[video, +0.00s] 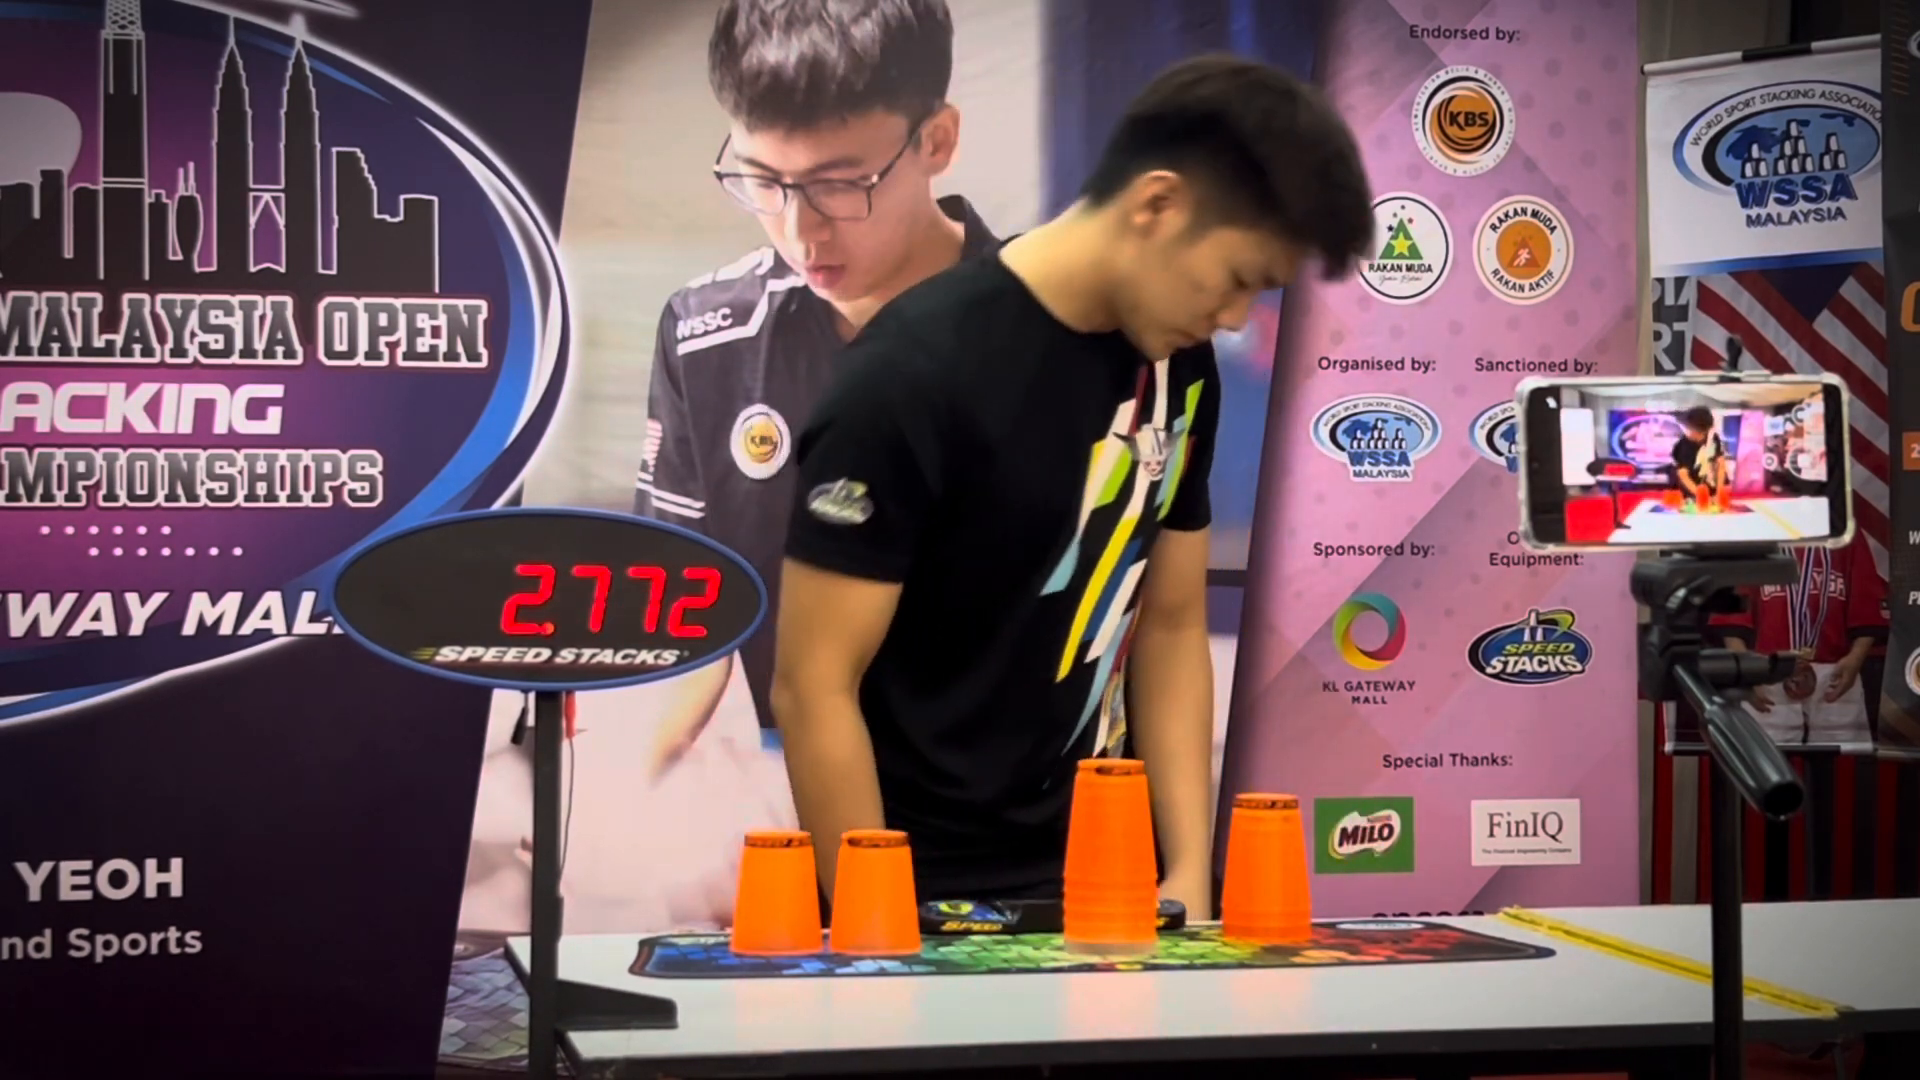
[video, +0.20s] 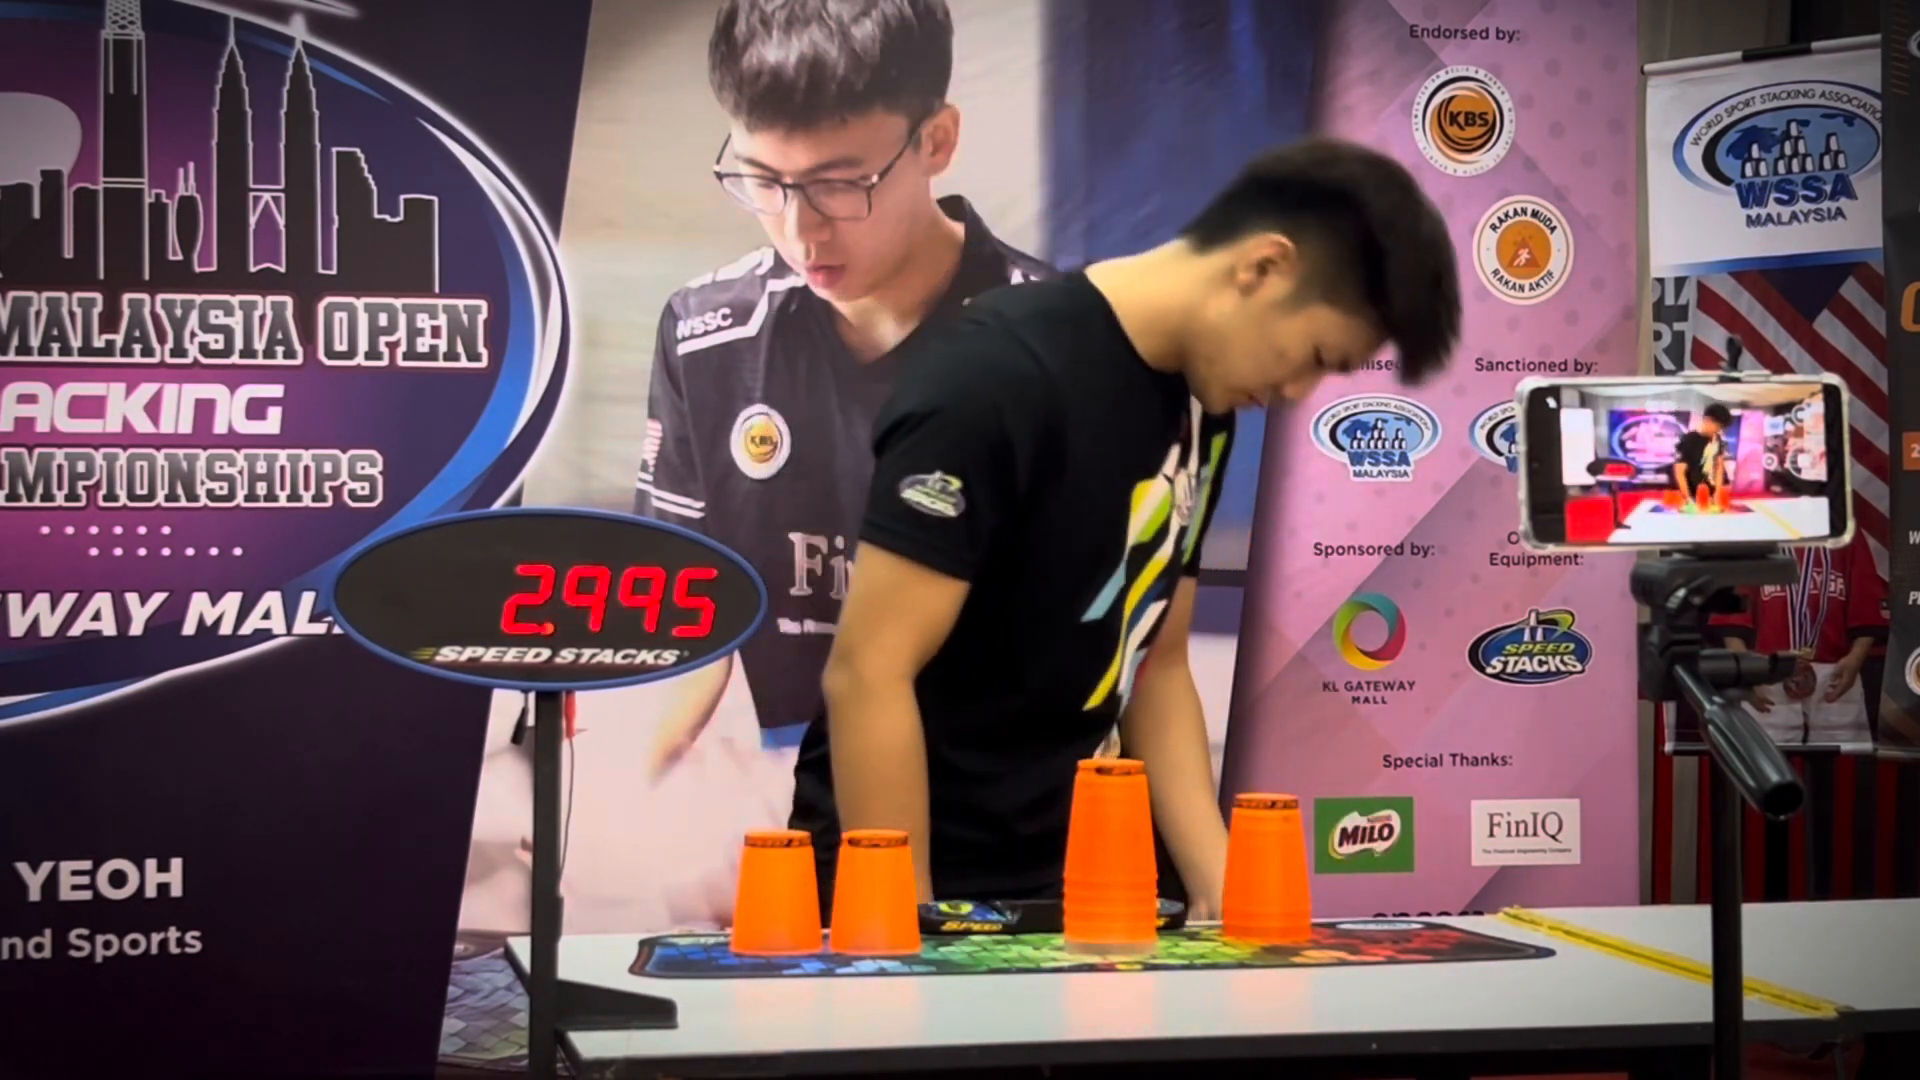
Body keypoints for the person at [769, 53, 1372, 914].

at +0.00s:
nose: (1235, 322)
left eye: (1258, 294)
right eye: (1239, 281)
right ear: (1153, 206)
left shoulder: (1174, 359)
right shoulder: (909, 374)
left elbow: (1171, 625)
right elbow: (812, 685)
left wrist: (1187, 869)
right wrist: (873, 941)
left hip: (1073, 903)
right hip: (911, 917)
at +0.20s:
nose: (1299, 392)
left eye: (1325, 372)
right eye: (1317, 358)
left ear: (1259, 270)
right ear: (1260, 269)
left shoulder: (1201, 392)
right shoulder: (987, 373)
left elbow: (1158, 662)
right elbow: (864, 674)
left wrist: (1224, 900)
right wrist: (893, 935)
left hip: (1054, 902)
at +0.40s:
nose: (1299, 460)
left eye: (1330, 448)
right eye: (1309, 424)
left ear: (1268, 320)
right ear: (1267, 318)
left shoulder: (1275, 435)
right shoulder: (1005, 383)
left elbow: (1218, 677)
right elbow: (868, 670)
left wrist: (1243, 917)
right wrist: (880, 939)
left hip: (1102, 859)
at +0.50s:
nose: (1250, 485)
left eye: (1288, 474)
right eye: (1251, 443)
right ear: (1207, 338)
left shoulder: (1277, 451)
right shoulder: (966, 410)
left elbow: (1235, 675)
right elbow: (844, 695)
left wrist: (1247, 920)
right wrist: (874, 952)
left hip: (1094, 844)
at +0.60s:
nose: (1191, 522)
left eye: (1226, 509)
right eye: (1186, 484)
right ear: (1135, 378)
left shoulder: (1226, 471)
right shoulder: (910, 468)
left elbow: (1204, 689)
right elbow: (803, 765)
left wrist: (1242, 923)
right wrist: (837, 989)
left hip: (1031, 862)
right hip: (847, 856)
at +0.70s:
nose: (1120, 584)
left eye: (1151, 564)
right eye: (1115, 547)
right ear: (1054, 443)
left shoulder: (1151, 518)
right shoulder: (844, 553)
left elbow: (1149, 704)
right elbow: (767, 892)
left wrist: (1186, 918)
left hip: (1013, 924)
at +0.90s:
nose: (1015, 700)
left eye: (1043, 675)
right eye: (1002, 667)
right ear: (912, 588)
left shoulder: (1034, 604)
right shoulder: (749, 701)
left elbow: (1084, 752)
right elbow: (691, 939)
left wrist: (1111, 912)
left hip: (970, 897)